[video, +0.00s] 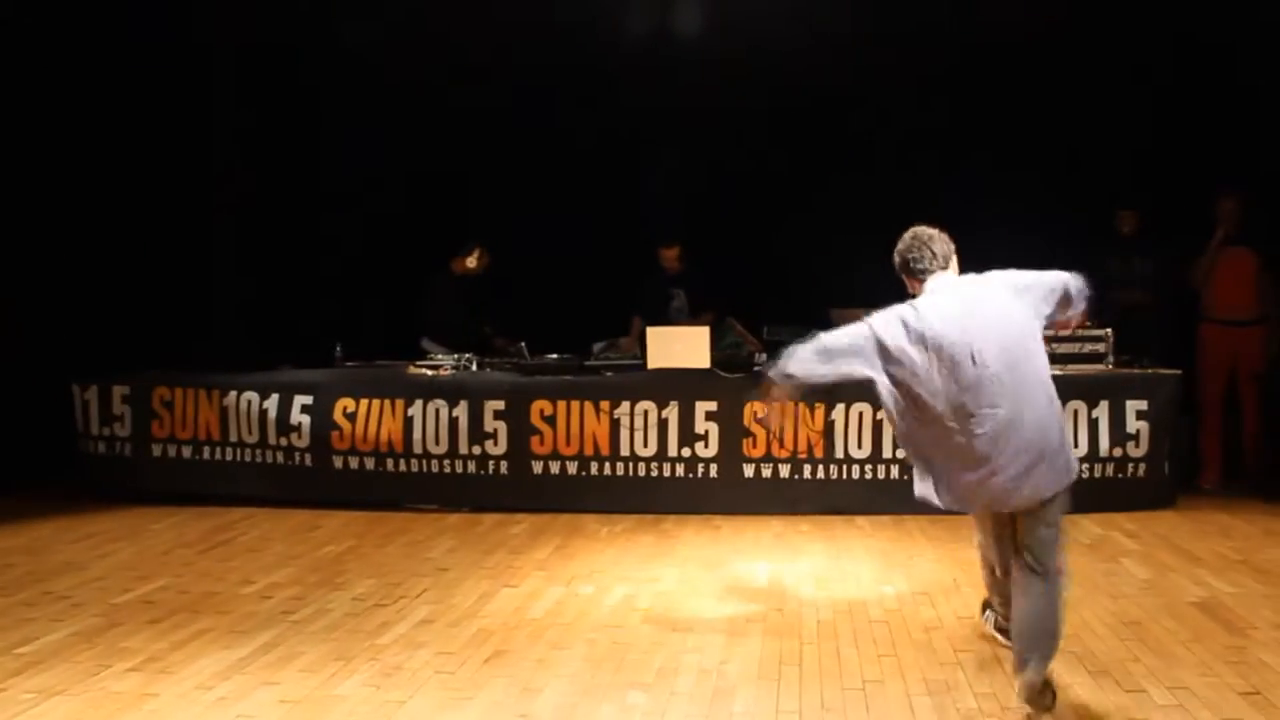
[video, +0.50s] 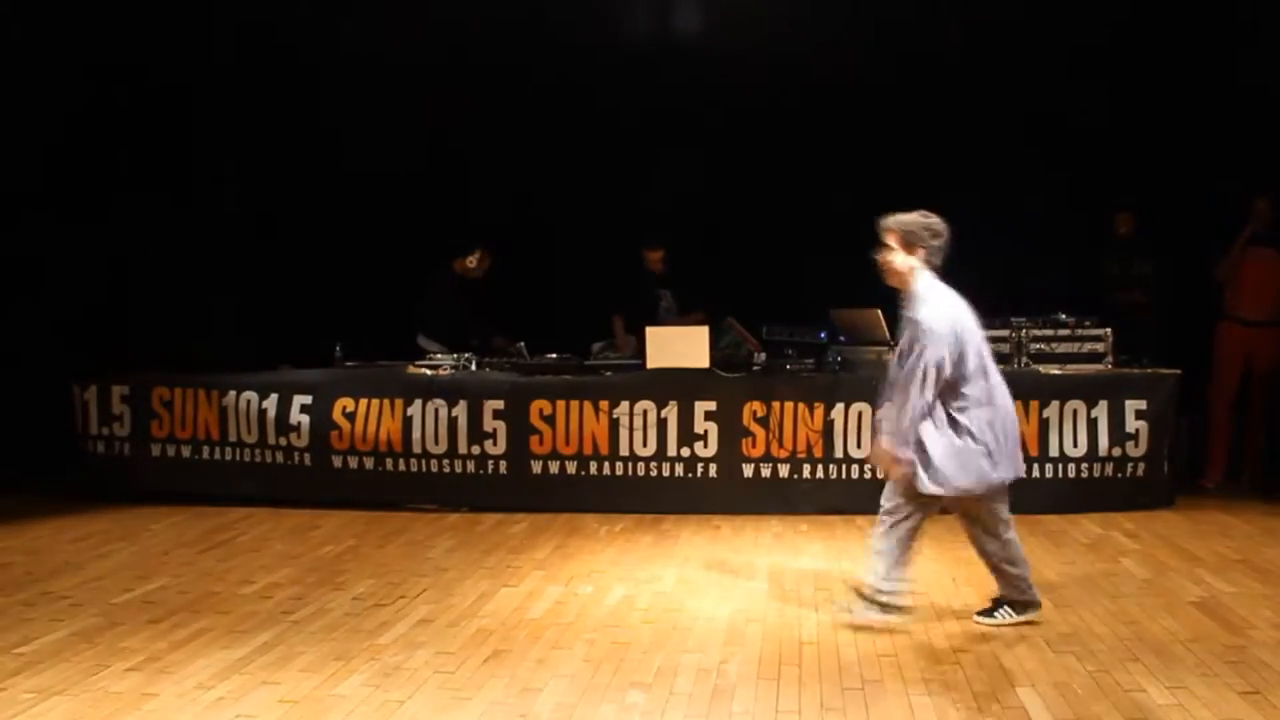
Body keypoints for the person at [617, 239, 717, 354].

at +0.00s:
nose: (671, 264)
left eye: (674, 259)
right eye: (666, 260)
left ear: (681, 258)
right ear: (659, 260)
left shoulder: (693, 280)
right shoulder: (652, 281)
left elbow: (708, 313)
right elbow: (639, 315)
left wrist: (693, 328)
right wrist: (632, 340)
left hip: (692, 338)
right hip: (659, 339)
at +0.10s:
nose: (671, 267)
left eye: (675, 262)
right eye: (667, 262)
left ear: (682, 261)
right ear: (660, 262)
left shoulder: (694, 283)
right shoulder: (651, 284)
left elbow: (709, 315)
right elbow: (632, 316)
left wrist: (690, 328)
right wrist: (631, 345)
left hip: (692, 341)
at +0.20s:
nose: (670, 267)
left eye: (673, 263)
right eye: (666, 263)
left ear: (680, 261)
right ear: (659, 262)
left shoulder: (692, 284)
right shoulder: (649, 285)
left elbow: (709, 315)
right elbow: (625, 317)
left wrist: (687, 330)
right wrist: (628, 345)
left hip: (689, 342)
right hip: (655, 344)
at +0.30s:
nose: (667, 266)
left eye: (670, 262)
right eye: (663, 262)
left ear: (677, 260)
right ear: (656, 261)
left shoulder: (688, 282)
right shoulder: (646, 283)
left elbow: (703, 318)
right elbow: (623, 315)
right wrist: (626, 343)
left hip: (685, 341)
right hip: (652, 342)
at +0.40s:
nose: (662, 266)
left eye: (666, 262)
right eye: (658, 262)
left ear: (672, 260)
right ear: (651, 261)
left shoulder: (684, 282)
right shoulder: (642, 284)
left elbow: (700, 317)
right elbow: (623, 317)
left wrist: (678, 326)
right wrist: (626, 343)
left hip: (683, 342)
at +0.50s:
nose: (657, 266)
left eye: (660, 261)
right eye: (652, 262)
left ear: (665, 259)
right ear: (645, 261)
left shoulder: (677, 281)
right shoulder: (636, 283)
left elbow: (698, 315)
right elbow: (618, 315)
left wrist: (677, 326)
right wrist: (622, 342)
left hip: (679, 341)